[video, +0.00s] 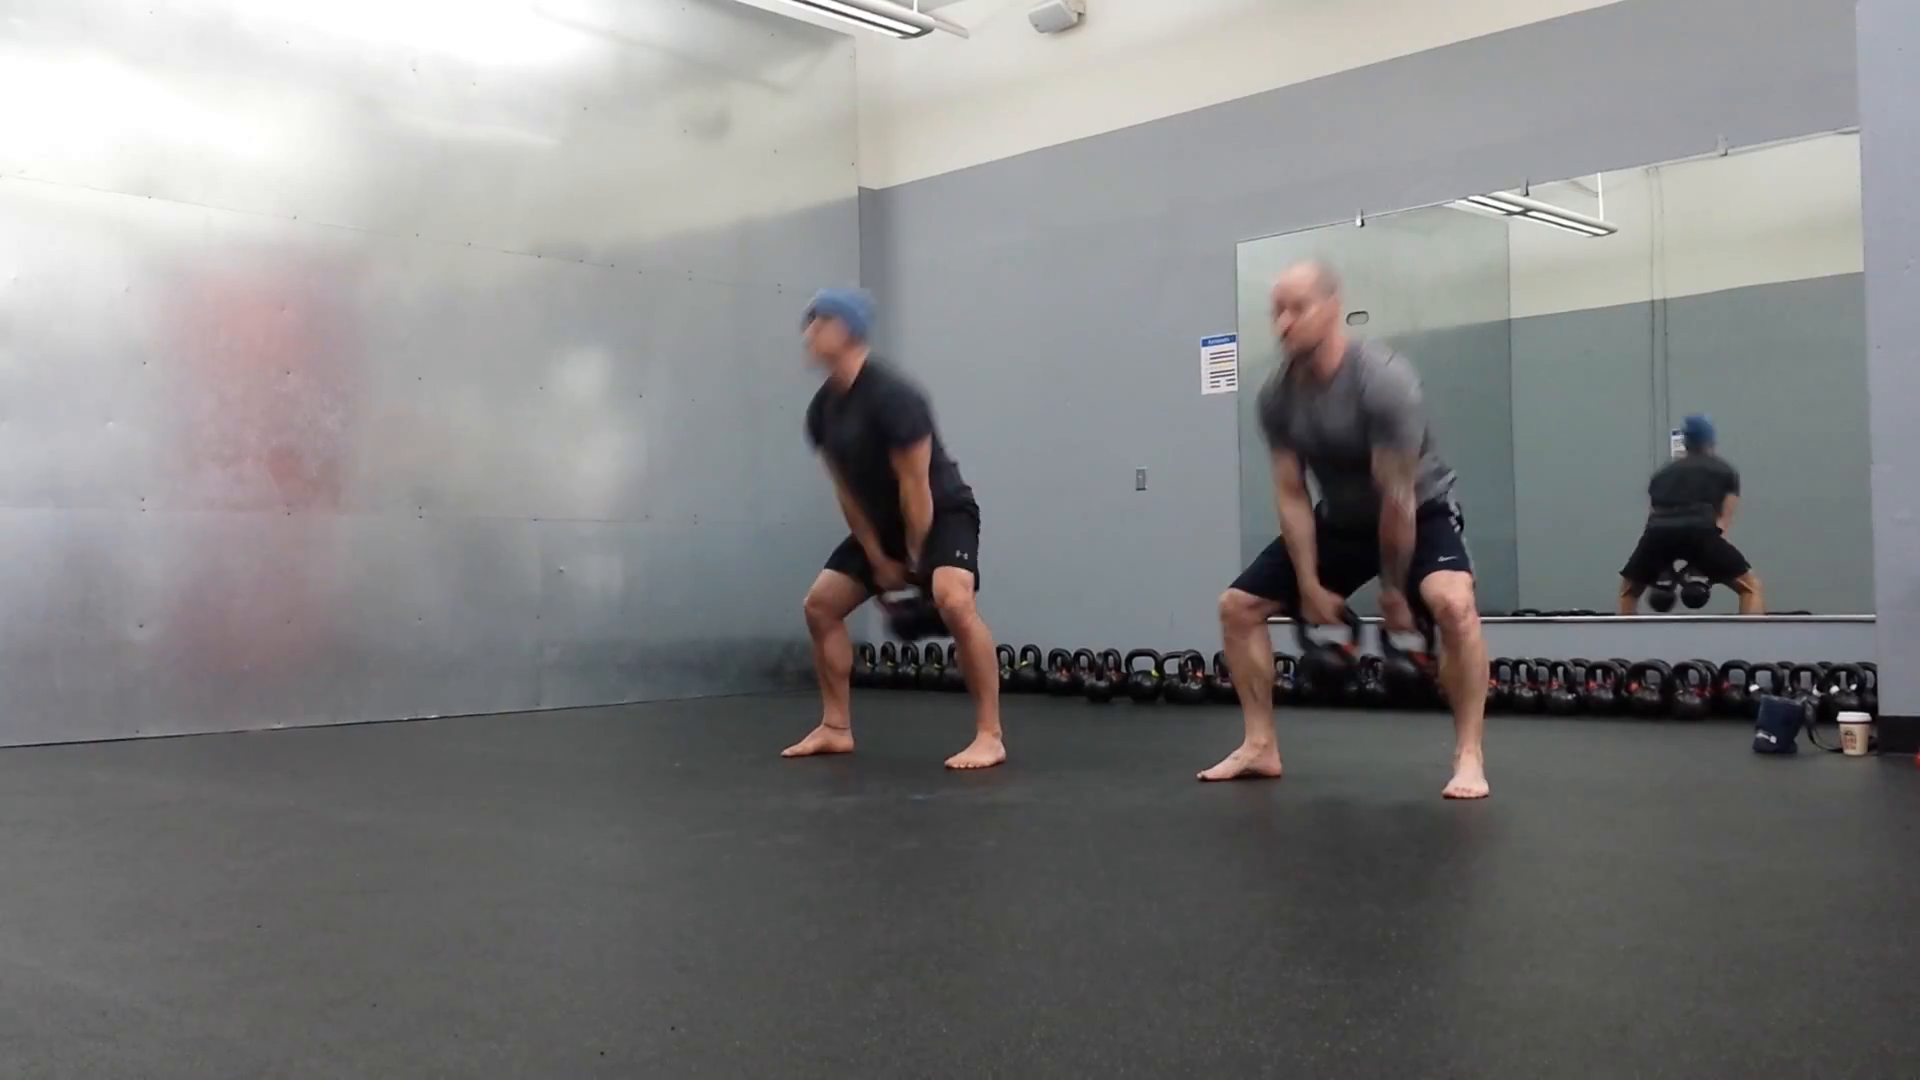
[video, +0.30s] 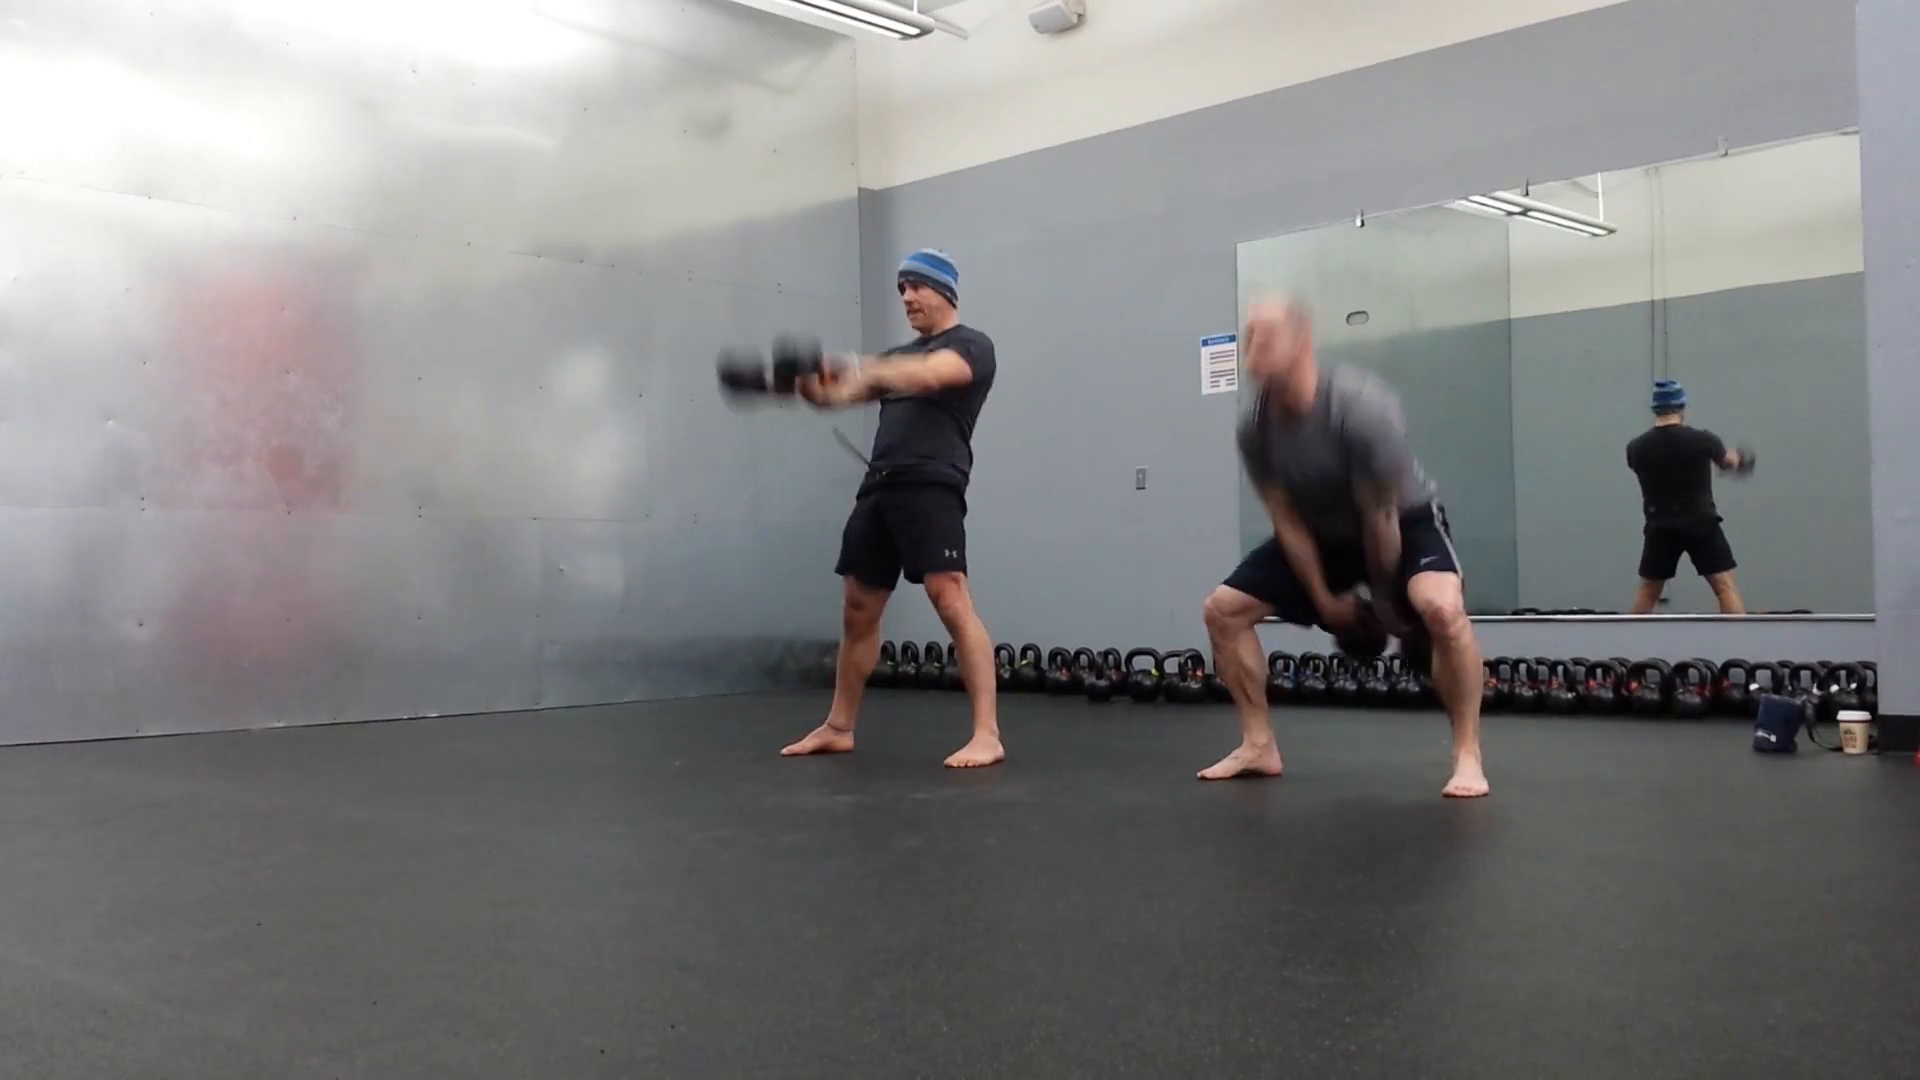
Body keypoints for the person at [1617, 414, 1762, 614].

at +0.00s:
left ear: (1684, 444)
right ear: (1711, 443)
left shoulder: (1663, 473)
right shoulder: (1725, 471)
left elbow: (1654, 518)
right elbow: (1724, 519)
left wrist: (1662, 568)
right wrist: (1702, 566)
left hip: (1659, 534)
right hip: (1701, 534)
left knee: (1629, 593)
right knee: (1750, 587)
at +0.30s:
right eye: (1680, 405)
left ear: (1654, 409)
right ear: (1682, 407)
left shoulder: (1637, 448)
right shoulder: (1701, 440)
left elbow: (1651, 472)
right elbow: (1727, 462)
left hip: (1660, 531)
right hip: (1701, 527)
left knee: (1646, 597)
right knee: (1724, 589)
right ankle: (1744, 646)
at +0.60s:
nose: (1688, 405)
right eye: (1686, 402)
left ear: (1658, 406)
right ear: (1687, 404)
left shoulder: (1641, 442)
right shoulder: (1704, 434)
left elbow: (1665, 440)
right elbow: (1737, 432)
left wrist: (1687, 424)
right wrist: (1739, 414)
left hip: (1661, 527)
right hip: (1702, 525)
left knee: (1647, 595)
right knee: (1724, 589)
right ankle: (1743, 646)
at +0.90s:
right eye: (1683, 404)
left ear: (1659, 407)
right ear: (1687, 405)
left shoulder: (1640, 442)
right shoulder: (1705, 437)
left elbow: (1650, 480)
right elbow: (1729, 471)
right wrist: (1734, 485)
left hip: (1657, 530)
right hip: (1698, 528)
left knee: (1642, 596)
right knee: (1727, 590)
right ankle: (1744, 647)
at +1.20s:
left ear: (1698, 474)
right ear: (1723, 476)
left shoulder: (1671, 491)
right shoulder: (1732, 494)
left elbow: (1662, 530)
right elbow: (1728, 536)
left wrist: (1656, 579)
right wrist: (1704, 577)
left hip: (1659, 539)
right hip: (1702, 540)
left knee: (1628, 597)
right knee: (1758, 589)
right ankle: (1748, 645)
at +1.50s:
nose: (1714, 447)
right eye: (1712, 443)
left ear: (1683, 443)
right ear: (1709, 443)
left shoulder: (1661, 472)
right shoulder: (1724, 470)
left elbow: (1655, 518)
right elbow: (1724, 518)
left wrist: (1664, 572)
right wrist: (1708, 569)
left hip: (1658, 539)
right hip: (1700, 540)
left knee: (1629, 595)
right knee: (1749, 589)